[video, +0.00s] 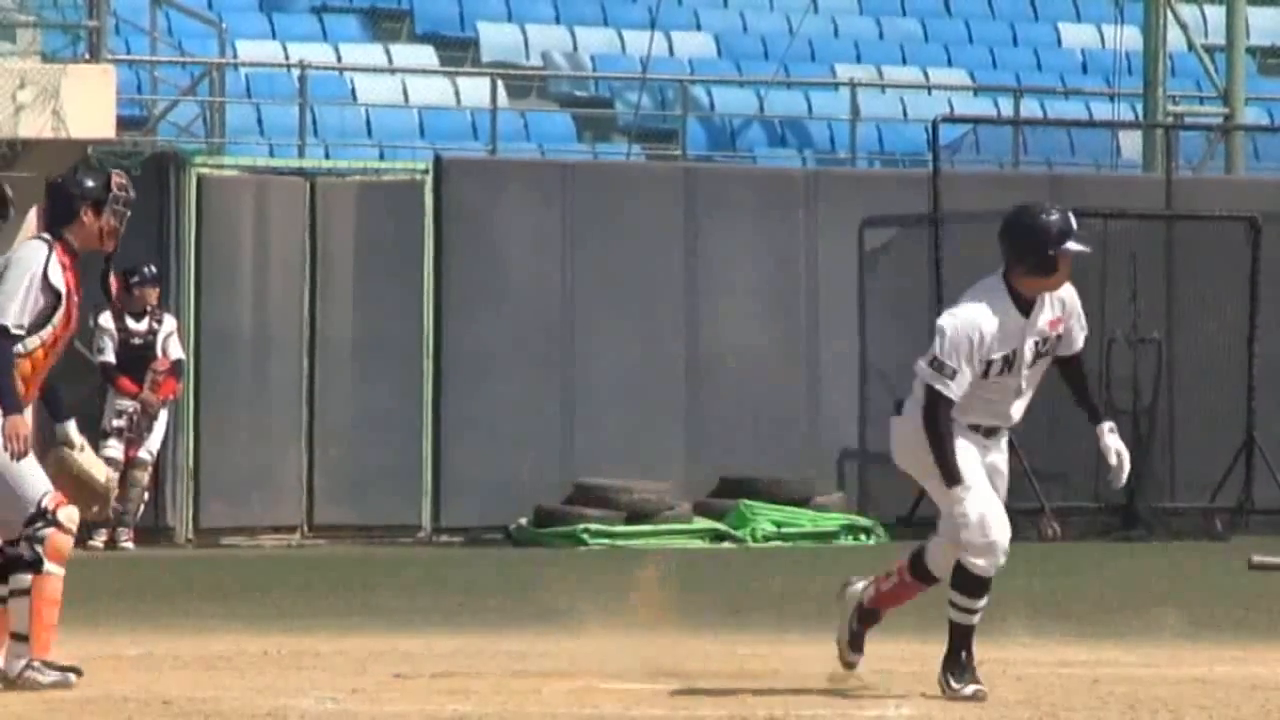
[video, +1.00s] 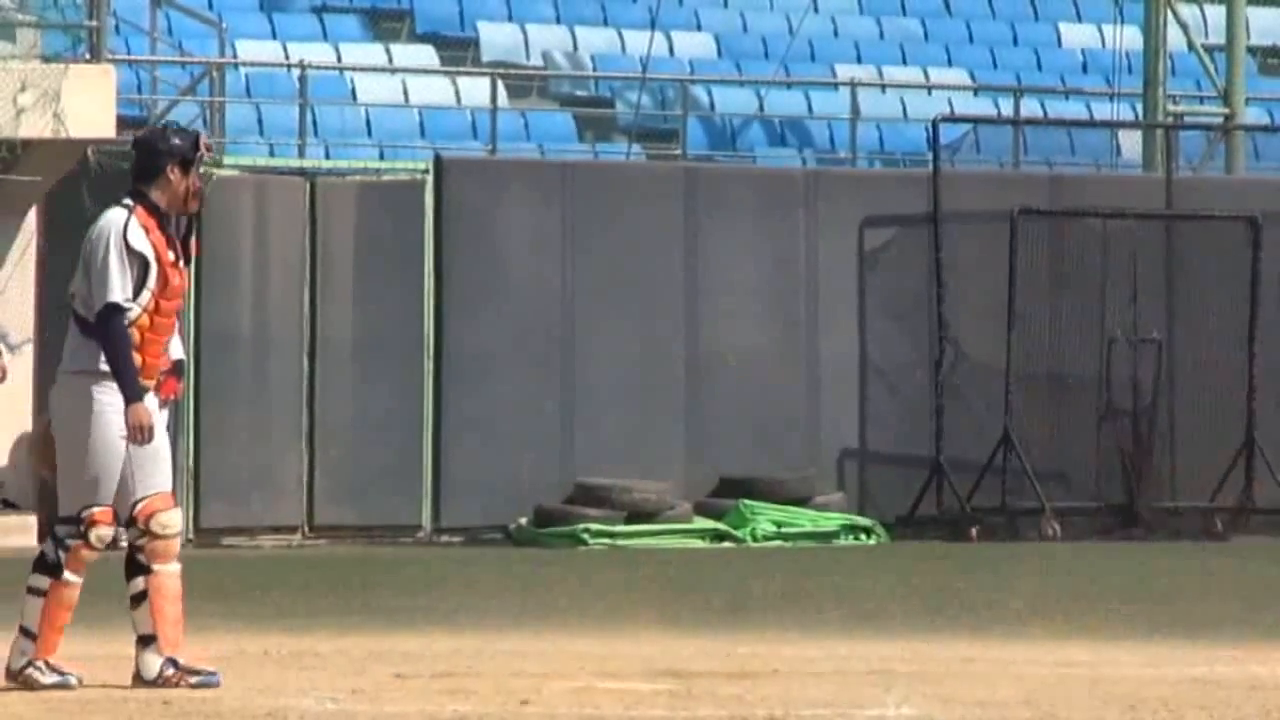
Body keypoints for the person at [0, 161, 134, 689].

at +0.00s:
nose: (112, 224)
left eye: (112, 214)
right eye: (106, 213)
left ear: (82, 215)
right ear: (82, 214)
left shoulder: (62, 265)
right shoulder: (36, 256)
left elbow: (32, 353)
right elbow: (3, 335)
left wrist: (55, 418)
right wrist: (13, 406)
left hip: (16, 418)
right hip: (3, 419)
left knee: (20, 535)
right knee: (55, 516)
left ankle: (17, 651)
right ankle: (35, 656)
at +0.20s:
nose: (118, 209)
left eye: (120, 198)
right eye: (113, 197)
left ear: (92, 198)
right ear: (86, 197)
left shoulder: (71, 255)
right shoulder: (37, 250)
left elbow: (62, 345)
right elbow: (8, 338)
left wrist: (104, 396)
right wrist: (11, 416)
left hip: (29, 407)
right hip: (14, 408)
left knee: (15, 536)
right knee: (68, 523)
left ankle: (13, 648)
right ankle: (37, 658)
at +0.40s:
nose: (123, 198)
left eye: (124, 188)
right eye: (117, 187)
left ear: (97, 189)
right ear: (90, 188)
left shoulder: (87, 247)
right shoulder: (40, 242)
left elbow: (75, 344)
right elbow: (21, 334)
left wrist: (99, 404)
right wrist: (39, 414)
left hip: (58, 396)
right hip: (22, 397)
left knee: (76, 516)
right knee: (62, 519)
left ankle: (26, 649)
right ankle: (28, 657)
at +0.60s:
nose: (136, 193)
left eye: (138, 183)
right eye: (131, 182)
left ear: (110, 181)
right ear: (105, 179)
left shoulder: (101, 238)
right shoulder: (53, 235)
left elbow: (89, 326)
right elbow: (39, 329)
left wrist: (100, 391)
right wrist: (68, 406)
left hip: (71, 386)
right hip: (28, 387)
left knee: (112, 511)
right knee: (59, 520)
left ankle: (79, 643)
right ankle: (24, 658)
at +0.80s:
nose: (169, 186)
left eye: (170, 175)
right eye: (162, 175)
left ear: (141, 177)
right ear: (134, 175)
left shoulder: (130, 237)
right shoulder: (81, 232)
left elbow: (109, 327)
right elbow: (75, 326)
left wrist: (126, 388)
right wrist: (101, 403)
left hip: (98, 388)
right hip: (60, 387)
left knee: (138, 514)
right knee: (58, 523)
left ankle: (159, 651)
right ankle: (25, 660)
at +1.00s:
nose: (198, 184)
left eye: (198, 173)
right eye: (193, 173)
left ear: (166, 175)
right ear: (168, 174)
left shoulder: (160, 233)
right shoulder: (117, 227)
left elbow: (153, 311)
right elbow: (110, 317)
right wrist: (134, 397)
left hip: (144, 391)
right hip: (96, 388)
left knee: (160, 526)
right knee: (88, 527)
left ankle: (159, 660)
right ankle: (32, 657)